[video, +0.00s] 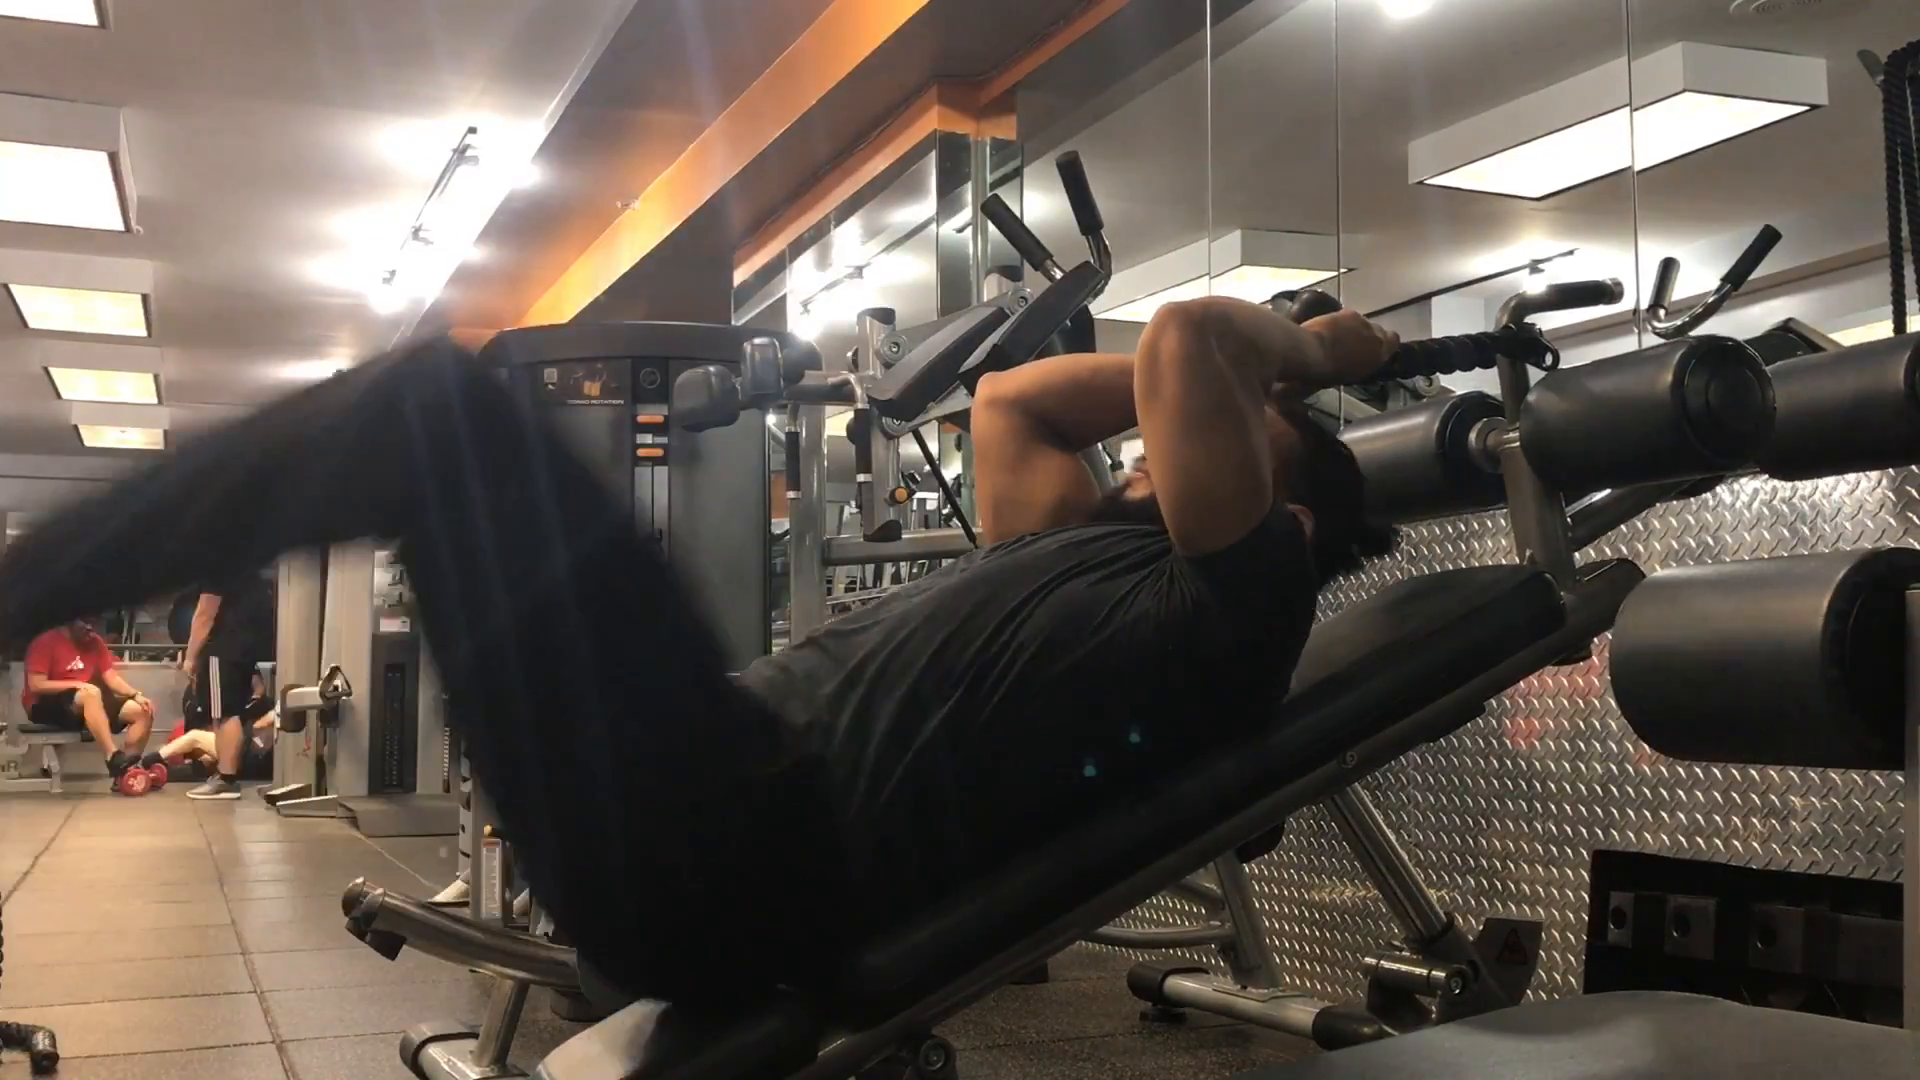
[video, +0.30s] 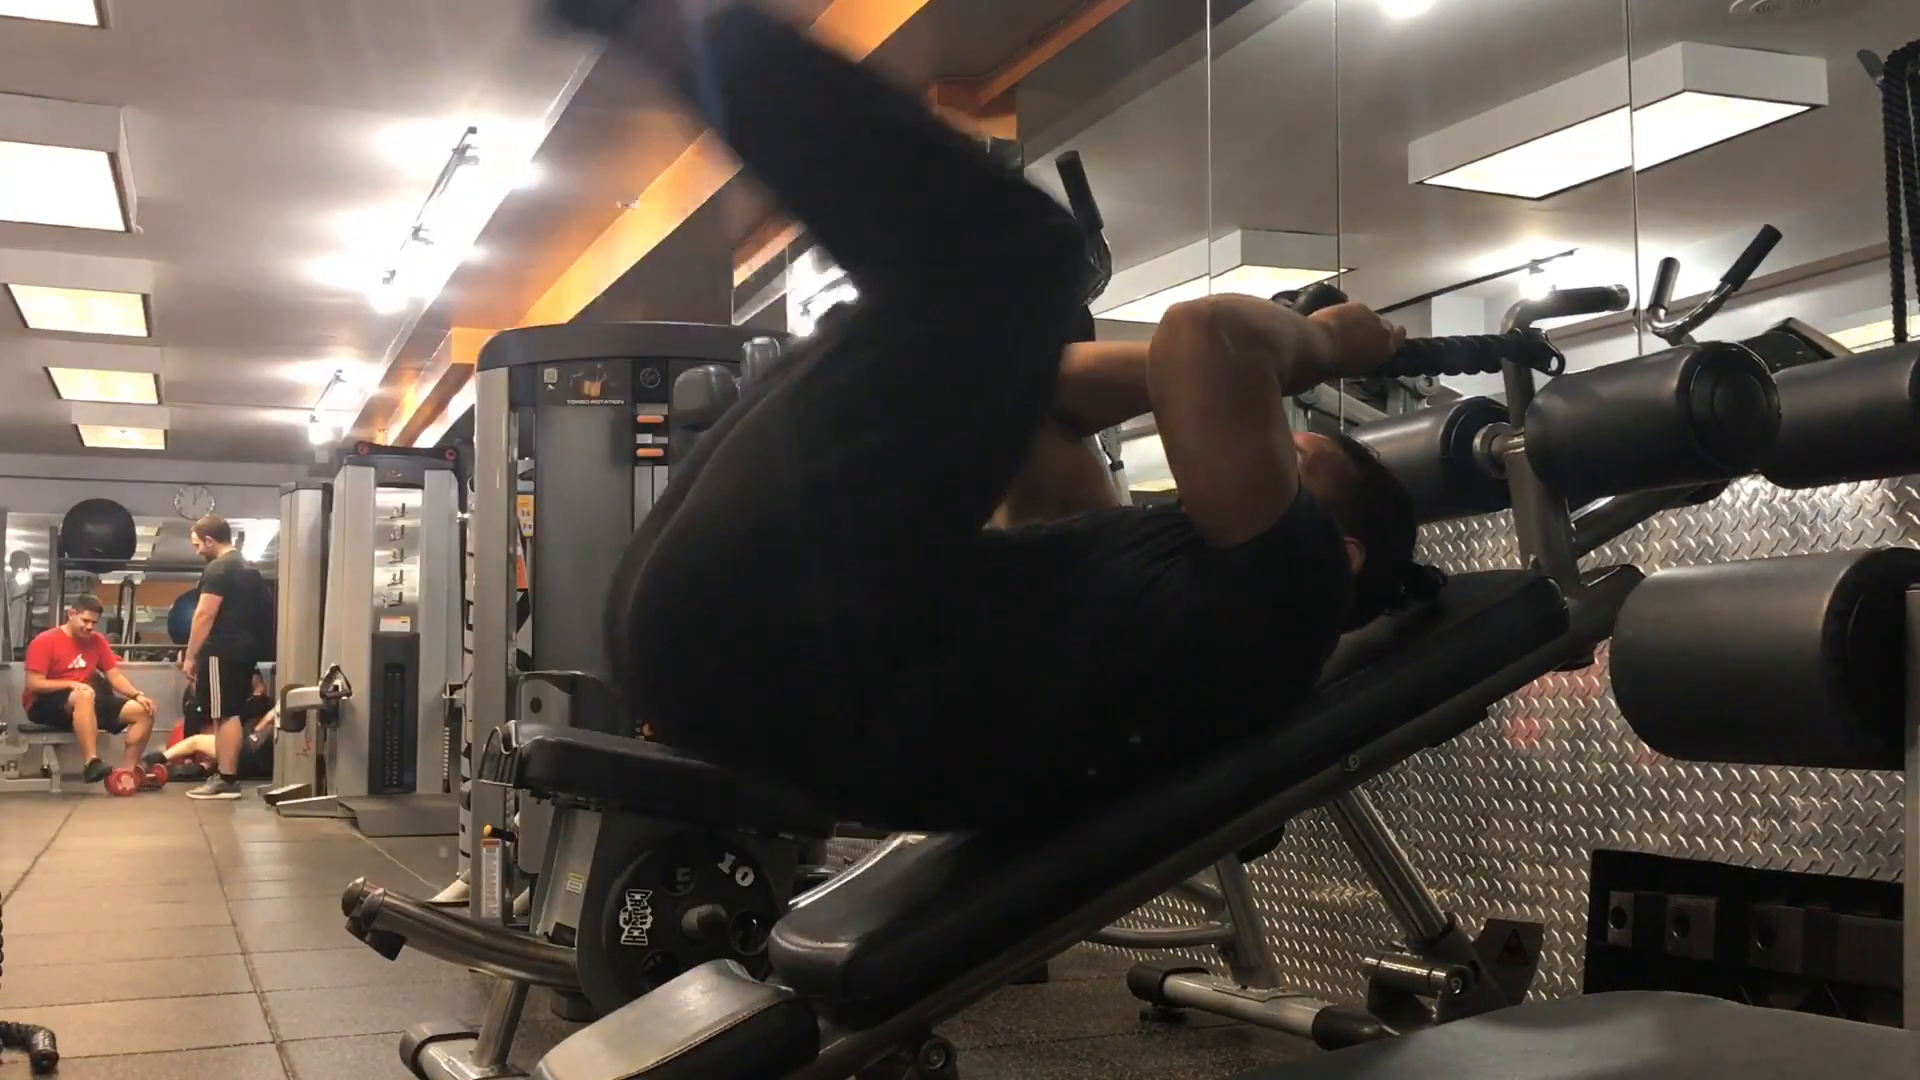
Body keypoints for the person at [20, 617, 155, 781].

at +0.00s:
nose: (91, 629)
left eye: (94, 623)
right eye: (86, 623)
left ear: (97, 624)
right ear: (70, 621)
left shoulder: (95, 643)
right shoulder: (45, 643)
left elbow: (111, 677)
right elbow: (36, 685)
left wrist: (136, 694)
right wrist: (77, 685)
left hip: (83, 704)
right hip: (45, 705)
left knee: (143, 713)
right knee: (90, 693)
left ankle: (127, 771)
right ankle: (113, 758)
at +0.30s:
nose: (89, 627)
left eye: (93, 623)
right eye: (85, 621)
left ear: (98, 622)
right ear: (71, 614)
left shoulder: (97, 641)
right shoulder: (45, 641)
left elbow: (114, 676)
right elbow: (34, 685)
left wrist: (137, 695)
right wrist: (73, 685)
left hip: (86, 703)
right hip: (44, 704)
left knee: (143, 712)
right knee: (84, 695)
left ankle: (129, 773)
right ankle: (91, 763)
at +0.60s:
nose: (90, 628)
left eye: (94, 623)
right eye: (86, 621)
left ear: (98, 623)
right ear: (72, 614)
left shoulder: (96, 642)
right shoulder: (46, 641)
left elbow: (112, 676)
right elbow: (36, 683)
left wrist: (137, 695)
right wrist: (72, 695)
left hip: (85, 701)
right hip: (45, 702)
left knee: (142, 712)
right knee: (70, 708)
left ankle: (128, 774)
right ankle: (65, 775)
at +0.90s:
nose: (86, 626)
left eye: (91, 622)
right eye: (83, 619)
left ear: (96, 622)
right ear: (69, 614)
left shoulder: (93, 643)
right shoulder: (44, 640)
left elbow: (110, 677)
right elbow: (31, 681)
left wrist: (136, 695)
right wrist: (63, 690)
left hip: (82, 701)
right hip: (43, 702)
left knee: (142, 712)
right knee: (61, 702)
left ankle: (126, 775)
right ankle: (63, 773)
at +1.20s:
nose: (86, 626)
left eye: (91, 623)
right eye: (82, 620)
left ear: (95, 623)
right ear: (69, 614)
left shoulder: (95, 643)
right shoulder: (43, 640)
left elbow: (111, 678)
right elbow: (25, 681)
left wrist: (135, 695)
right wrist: (60, 682)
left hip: (81, 702)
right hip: (41, 704)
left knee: (142, 712)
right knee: (60, 688)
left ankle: (127, 775)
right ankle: (60, 761)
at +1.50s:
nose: (87, 631)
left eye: (93, 626)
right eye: (83, 624)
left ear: (97, 625)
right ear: (71, 616)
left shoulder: (99, 644)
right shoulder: (43, 643)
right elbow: (28, 683)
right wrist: (66, 684)